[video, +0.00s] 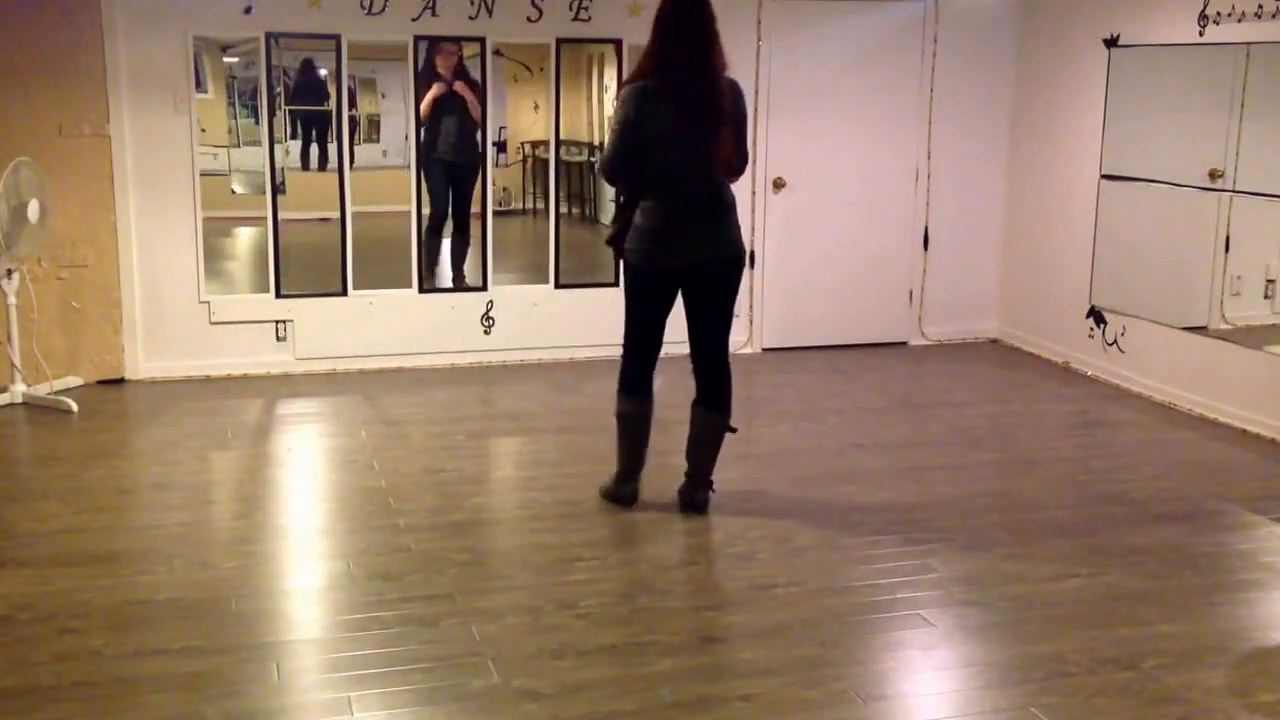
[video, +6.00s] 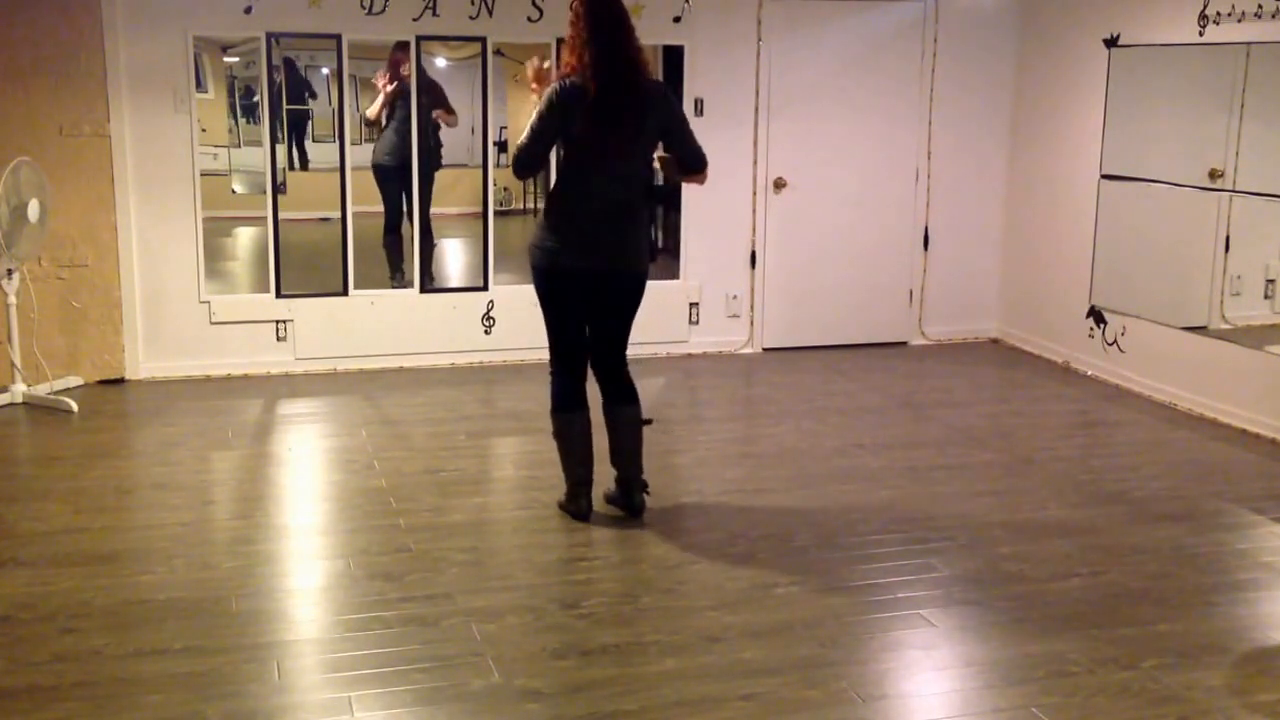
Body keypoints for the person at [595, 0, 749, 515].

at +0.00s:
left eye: (661, 26)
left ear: (658, 34)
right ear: (710, 36)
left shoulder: (640, 93)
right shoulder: (730, 92)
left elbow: (614, 168)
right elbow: (736, 165)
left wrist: (651, 180)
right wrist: (694, 166)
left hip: (651, 247)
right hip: (716, 247)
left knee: (638, 358)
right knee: (712, 361)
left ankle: (627, 478)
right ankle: (698, 483)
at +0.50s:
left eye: (617, 32)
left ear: (618, 38)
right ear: (670, 36)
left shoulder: (604, 98)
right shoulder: (690, 93)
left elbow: (591, 182)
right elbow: (708, 171)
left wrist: (590, 205)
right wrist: (674, 202)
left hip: (615, 249)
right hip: (678, 248)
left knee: (601, 364)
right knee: (689, 360)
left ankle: (582, 490)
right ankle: (698, 484)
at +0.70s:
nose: (582, 36)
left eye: (587, 28)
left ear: (590, 39)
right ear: (643, 37)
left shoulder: (572, 94)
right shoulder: (663, 93)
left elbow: (549, 175)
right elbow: (678, 173)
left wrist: (559, 229)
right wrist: (657, 221)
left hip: (584, 248)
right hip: (647, 247)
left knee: (582, 366)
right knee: (658, 359)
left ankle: (580, 492)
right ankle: (692, 482)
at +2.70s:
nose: (580, 31)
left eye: (584, 24)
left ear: (585, 36)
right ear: (637, 38)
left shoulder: (560, 96)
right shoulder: (657, 97)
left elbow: (546, 190)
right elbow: (674, 180)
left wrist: (572, 234)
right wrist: (679, 233)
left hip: (588, 256)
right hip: (652, 254)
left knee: (589, 362)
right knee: (647, 364)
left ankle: (580, 489)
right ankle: (635, 486)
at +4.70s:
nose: (561, 41)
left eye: (567, 32)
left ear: (573, 40)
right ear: (624, 35)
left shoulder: (560, 97)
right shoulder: (649, 91)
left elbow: (528, 173)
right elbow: (684, 158)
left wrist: (557, 154)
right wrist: (646, 175)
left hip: (584, 255)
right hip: (646, 254)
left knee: (582, 365)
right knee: (638, 360)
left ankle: (579, 492)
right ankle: (632, 484)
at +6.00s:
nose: (566, 41)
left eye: (570, 32)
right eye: (571, 32)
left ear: (577, 39)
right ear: (626, 35)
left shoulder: (567, 94)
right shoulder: (653, 94)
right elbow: (695, 166)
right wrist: (656, 163)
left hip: (562, 254)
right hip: (626, 259)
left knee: (566, 365)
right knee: (612, 359)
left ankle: (578, 493)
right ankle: (631, 485)